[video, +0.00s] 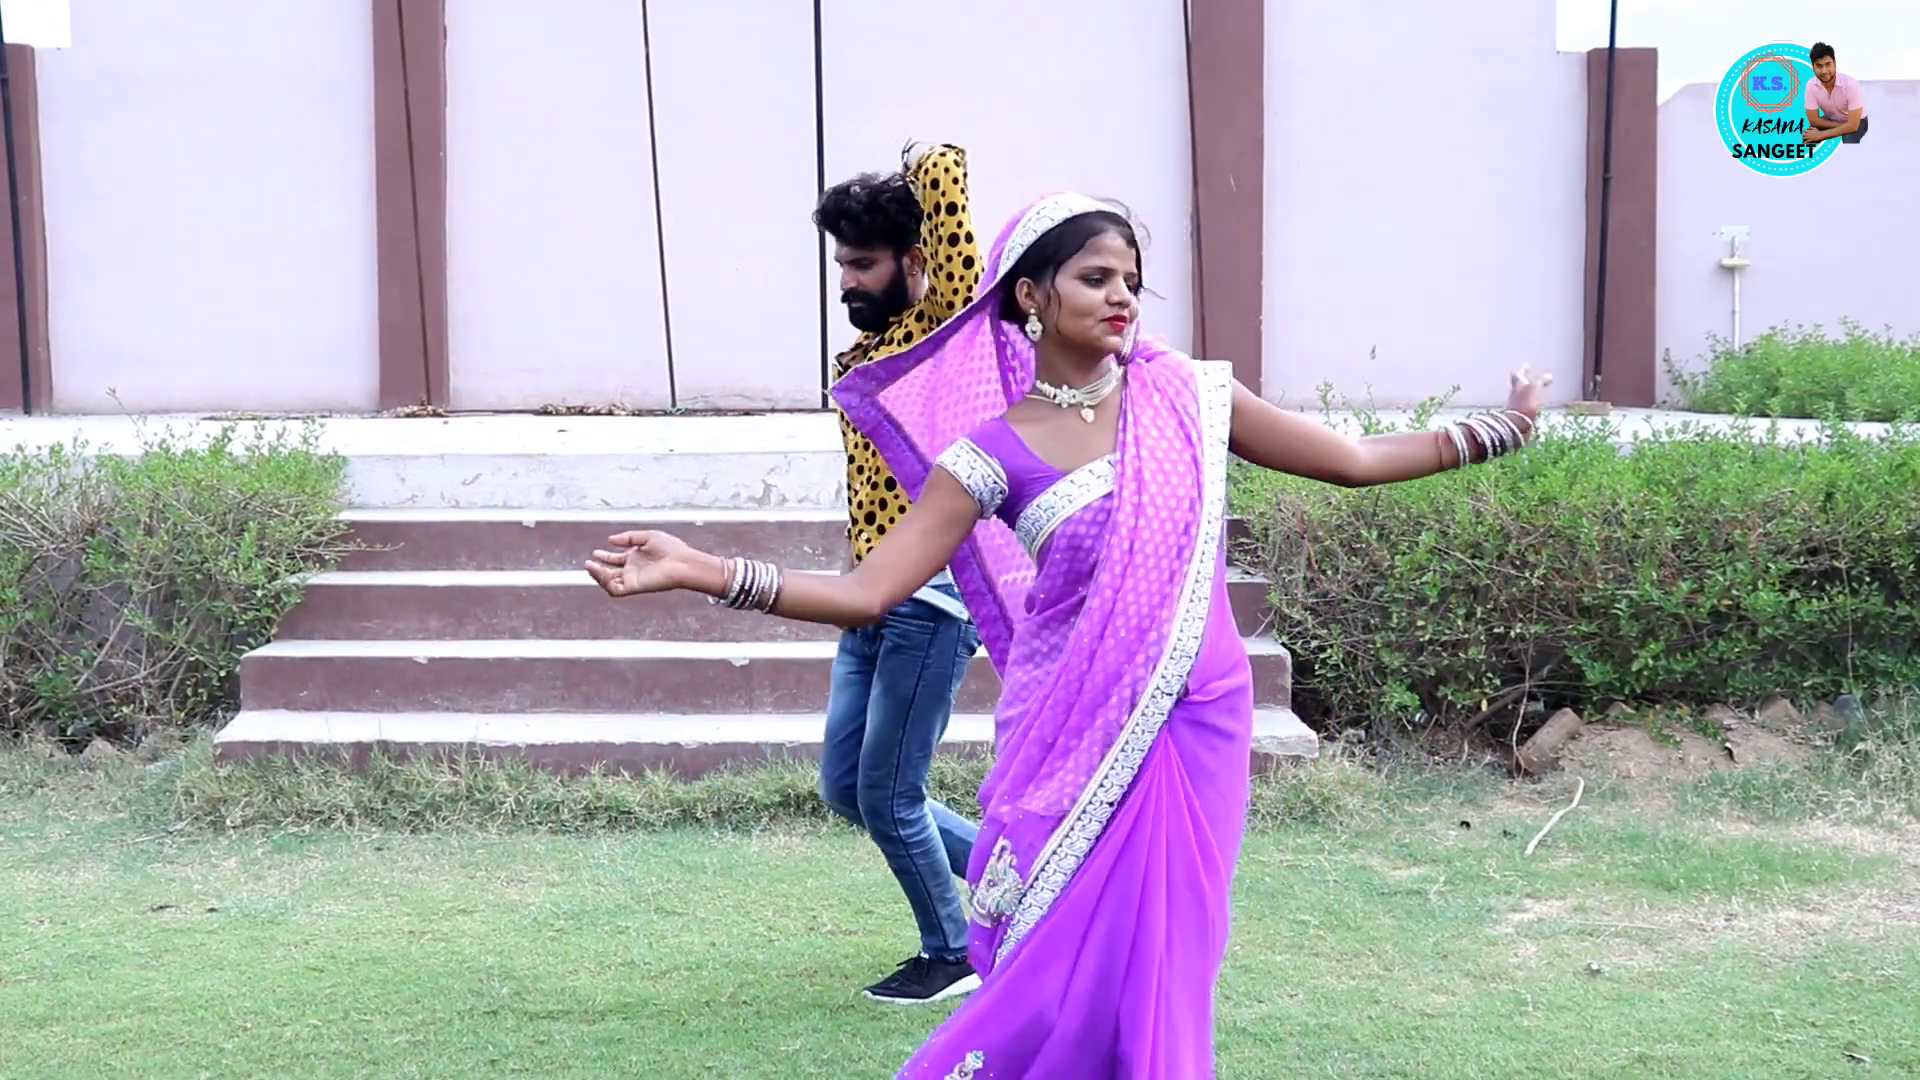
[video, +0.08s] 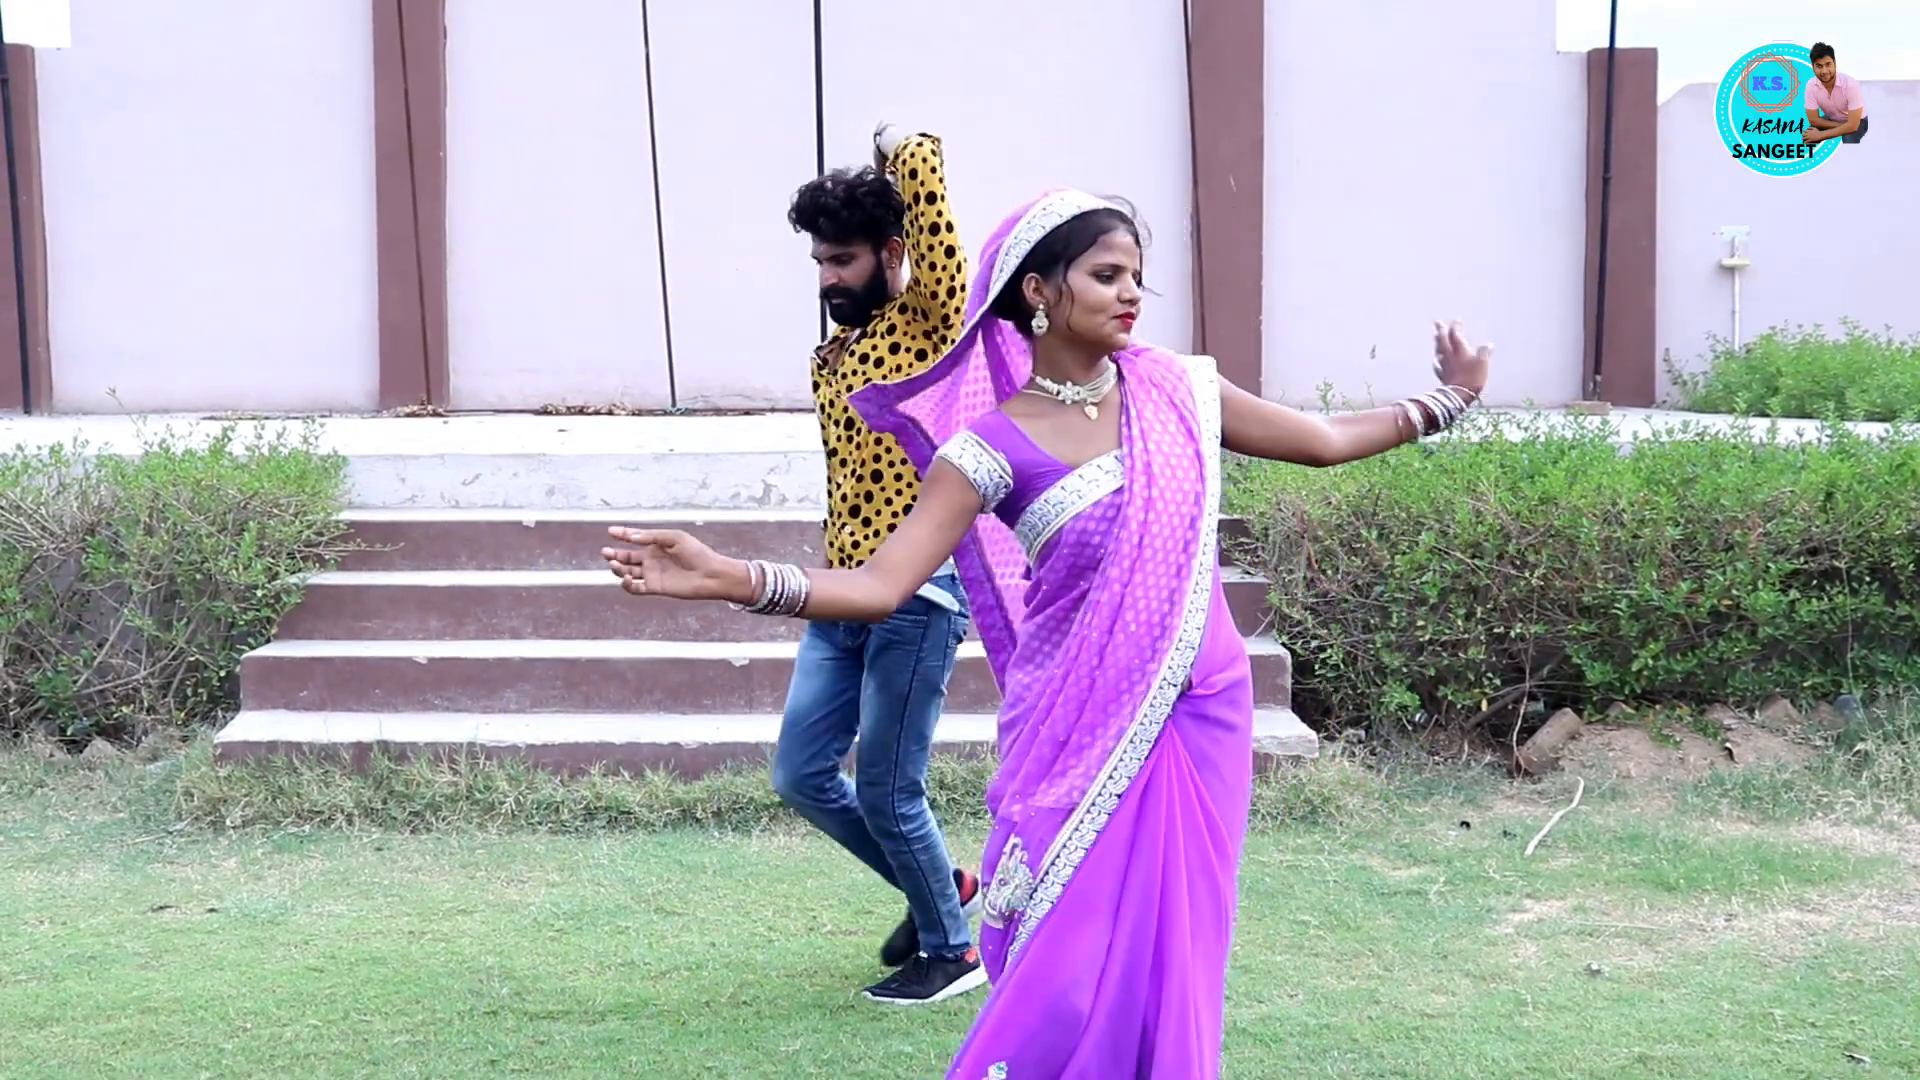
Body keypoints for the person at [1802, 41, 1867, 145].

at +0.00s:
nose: (1824, 71)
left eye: (1828, 65)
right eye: (1819, 66)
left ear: (1835, 63)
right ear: (1813, 67)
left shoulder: (1850, 84)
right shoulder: (1812, 86)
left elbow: (1853, 126)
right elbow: (1813, 120)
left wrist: (1820, 135)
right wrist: (1843, 126)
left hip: (1855, 122)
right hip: (1829, 121)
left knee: (1849, 140)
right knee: (1810, 137)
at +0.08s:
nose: (1824, 71)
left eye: (1828, 65)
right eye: (1819, 66)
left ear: (1835, 63)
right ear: (1813, 67)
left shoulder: (1850, 84)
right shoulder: (1812, 86)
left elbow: (1853, 126)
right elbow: (1813, 120)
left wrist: (1820, 135)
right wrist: (1843, 126)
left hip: (1855, 122)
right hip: (1830, 121)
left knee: (1848, 140)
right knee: (1810, 136)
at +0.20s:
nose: (1824, 71)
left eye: (1828, 65)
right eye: (1819, 66)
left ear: (1835, 63)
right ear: (1813, 67)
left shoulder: (1850, 84)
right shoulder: (1812, 86)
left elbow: (1853, 126)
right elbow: (1813, 120)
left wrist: (1820, 135)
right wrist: (1843, 126)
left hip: (1855, 122)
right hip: (1830, 121)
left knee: (1848, 140)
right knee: (1810, 136)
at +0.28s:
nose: (1824, 71)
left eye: (1828, 65)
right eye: (1819, 66)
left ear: (1835, 63)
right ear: (1813, 67)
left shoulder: (1850, 84)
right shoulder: (1812, 86)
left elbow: (1853, 126)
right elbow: (1813, 120)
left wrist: (1820, 135)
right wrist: (1843, 126)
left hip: (1855, 122)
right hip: (1830, 121)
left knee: (1848, 140)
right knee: (1810, 136)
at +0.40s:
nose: (1824, 71)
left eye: (1828, 65)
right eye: (1819, 66)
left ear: (1835, 63)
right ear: (1813, 67)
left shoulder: (1850, 84)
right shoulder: (1812, 86)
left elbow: (1853, 126)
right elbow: (1813, 120)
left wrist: (1820, 135)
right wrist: (1843, 126)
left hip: (1855, 122)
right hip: (1829, 121)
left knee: (1849, 140)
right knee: (1810, 137)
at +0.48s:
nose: (1824, 71)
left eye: (1828, 65)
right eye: (1819, 66)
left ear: (1835, 63)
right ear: (1813, 67)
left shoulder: (1850, 84)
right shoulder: (1812, 86)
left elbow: (1853, 126)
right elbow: (1813, 120)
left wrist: (1820, 135)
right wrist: (1843, 126)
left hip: (1855, 122)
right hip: (1829, 121)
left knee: (1849, 140)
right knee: (1810, 137)